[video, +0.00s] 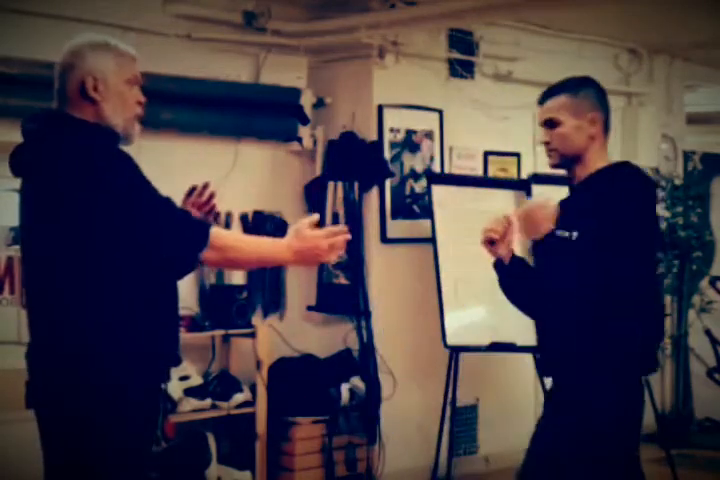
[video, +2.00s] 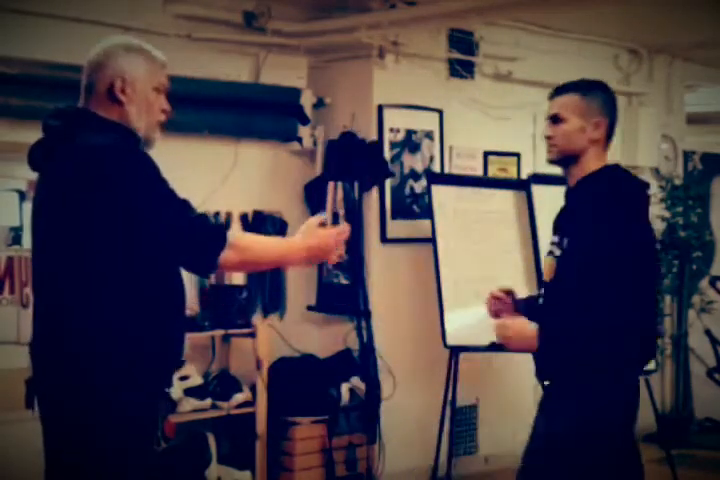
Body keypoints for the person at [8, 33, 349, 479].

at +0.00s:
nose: (142, 99)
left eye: (141, 87)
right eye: (133, 84)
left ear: (92, 89)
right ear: (93, 88)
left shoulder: (51, 157)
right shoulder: (93, 160)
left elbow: (113, 253)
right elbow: (191, 245)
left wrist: (178, 226)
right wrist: (290, 249)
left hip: (69, 379)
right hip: (110, 385)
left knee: (76, 471)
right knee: (117, 471)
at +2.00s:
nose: (167, 108)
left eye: (166, 95)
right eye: (160, 92)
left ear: (120, 91)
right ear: (121, 91)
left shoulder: (65, 158)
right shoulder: (116, 160)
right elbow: (208, 249)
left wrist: (293, 246)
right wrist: (303, 249)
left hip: (71, 382)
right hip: (115, 390)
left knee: (74, 471)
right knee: (118, 471)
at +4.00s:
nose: (178, 112)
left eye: (178, 99)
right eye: (173, 95)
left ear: (131, 91)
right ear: (135, 91)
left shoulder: (68, 153)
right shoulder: (120, 159)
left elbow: (87, 286)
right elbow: (182, 271)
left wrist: (162, 341)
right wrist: (234, 268)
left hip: (56, 367)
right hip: (102, 378)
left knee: (57, 469)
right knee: (104, 469)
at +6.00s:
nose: (330, 129)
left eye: (330, 116)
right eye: (325, 114)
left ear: (287, 108)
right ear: (294, 109)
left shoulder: (231, 169)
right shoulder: (292, 175)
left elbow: (326, 260)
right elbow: (348, 294)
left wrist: (394, 219)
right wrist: (399, 359)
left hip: (244, 382)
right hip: (296, 390)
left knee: (259, 468)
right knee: (302, 469)